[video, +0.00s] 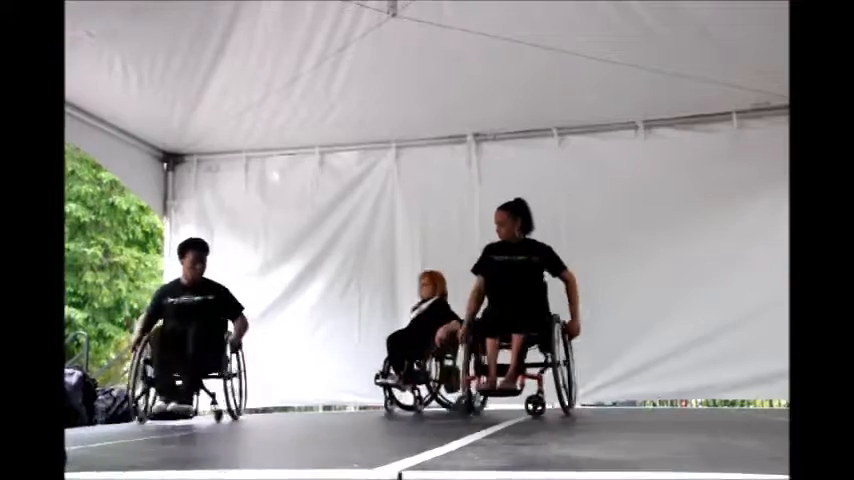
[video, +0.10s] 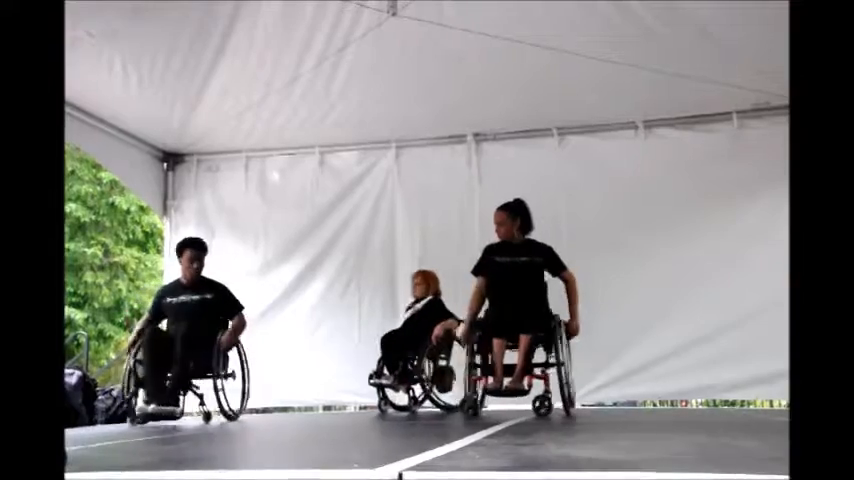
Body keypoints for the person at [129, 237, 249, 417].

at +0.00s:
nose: (200, 266)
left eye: (203, 262)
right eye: (195, 261)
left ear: (206, 262)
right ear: (182, 261)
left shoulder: (217, 292)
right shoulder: (166, 292)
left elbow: (241, 321)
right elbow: (148, 318)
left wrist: (236, 338)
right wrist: (138, 338)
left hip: (208, 352)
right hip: (177, 352)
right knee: (158, 336)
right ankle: (165, 399)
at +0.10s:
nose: (197, 265)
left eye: (200, 260)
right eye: (192, 260)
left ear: (204, 261)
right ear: (180, 260)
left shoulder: (217, 291)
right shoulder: (166, 293)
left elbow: (239, 321)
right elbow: (149, 321)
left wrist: (229, 339)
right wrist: (135, 339)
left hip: (208, 354)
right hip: (177, 353)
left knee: (186, 333)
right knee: (151, 334)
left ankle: (171, 399)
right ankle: (155, 400)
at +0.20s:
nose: (191, 264)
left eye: (195, 260)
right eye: (186, 259)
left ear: (201, 260)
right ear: (178, 260)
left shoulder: (215, 289)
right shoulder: (167, 293)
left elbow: (234, 318)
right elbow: (152, 322)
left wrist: (220, 334)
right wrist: (133, 339)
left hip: (206, 356)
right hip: (176, 355)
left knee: (170, 335)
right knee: (142, 334)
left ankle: (158, 401)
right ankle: (141, 402)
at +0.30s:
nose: (188, 263)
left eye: (193, 258)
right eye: (184, 258)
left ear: (200, 260)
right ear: (175, 259)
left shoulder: (212, 288)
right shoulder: (167, 292)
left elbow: (229, 317)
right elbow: (155, 320)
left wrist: (213, 336)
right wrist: (133, 337)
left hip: (201, 353)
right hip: (172, 351)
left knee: (164, 335)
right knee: (137, 335)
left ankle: (149, 400)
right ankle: (133, 399)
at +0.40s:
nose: (186, 262)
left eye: (191, 257)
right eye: (181, 257)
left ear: (198, 259)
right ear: (174, 259)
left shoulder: (210, 287)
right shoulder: (166, 292)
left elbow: (224, 316)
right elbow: (156, 320)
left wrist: (207, 339)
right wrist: (137, 334)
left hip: (197, 351)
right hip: (170, 350)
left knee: (160, 334)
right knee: (134, 335)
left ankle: (143, 399)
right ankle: (129, 398)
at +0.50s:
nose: (183, 260)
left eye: (189, 255)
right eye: (179, 255)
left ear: (198, 257)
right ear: (173, 258)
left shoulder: (208, 286)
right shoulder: (165, 291)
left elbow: (217, 315)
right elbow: (153, 319)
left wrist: (201, 340)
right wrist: (130, 337)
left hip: (194, 350)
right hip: (167, 348)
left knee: (156, 333)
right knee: (131, 333)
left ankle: (140, 400)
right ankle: (125, 398)